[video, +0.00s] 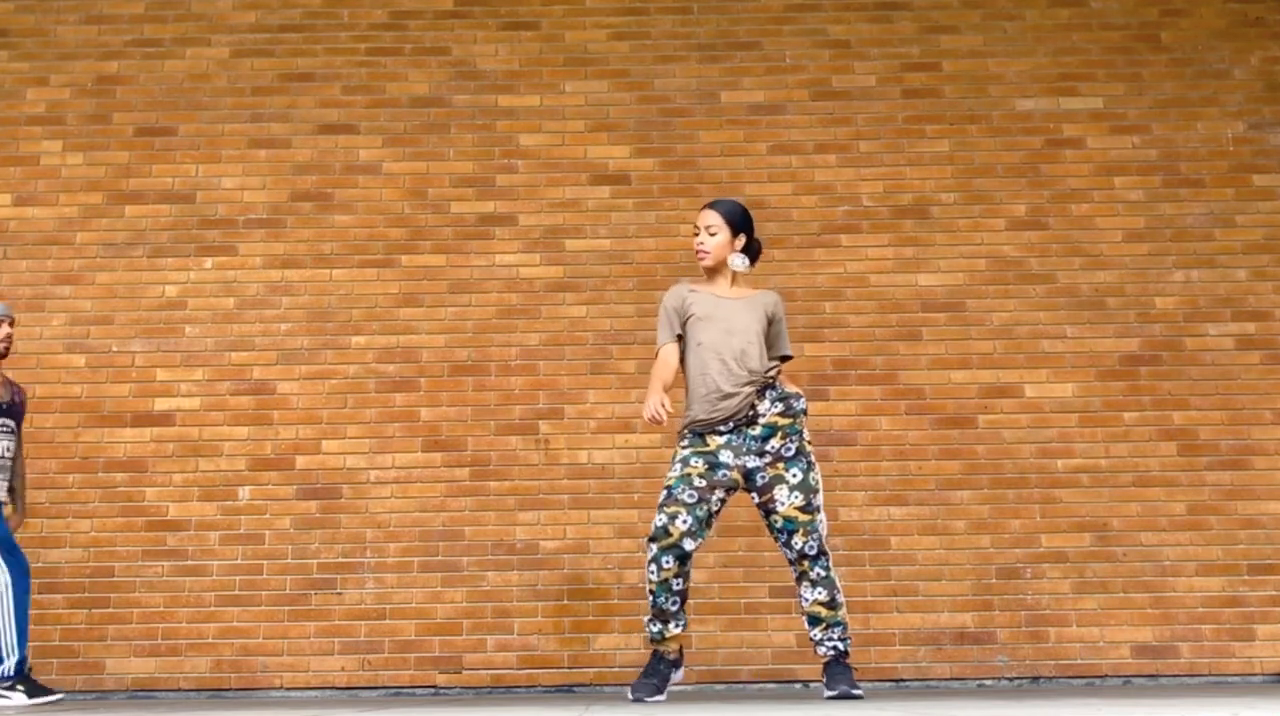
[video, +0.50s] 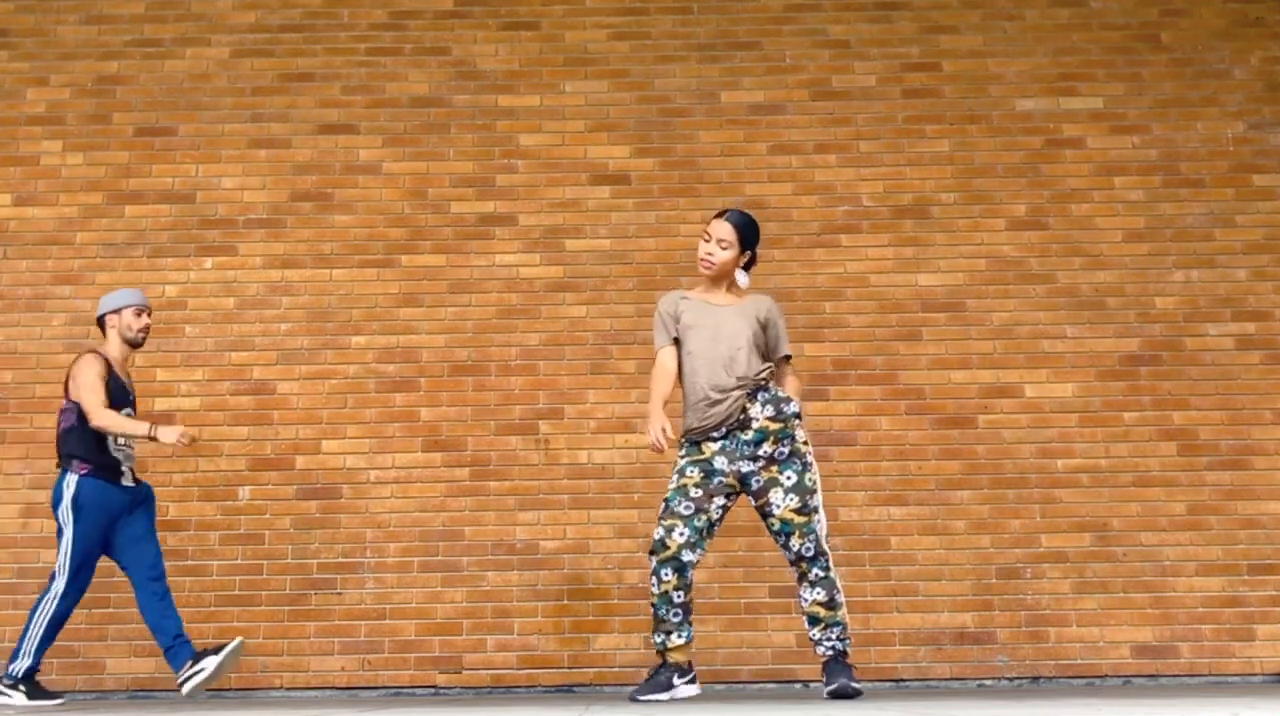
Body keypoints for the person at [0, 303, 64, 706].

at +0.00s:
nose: (7, 332)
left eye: (10, 324)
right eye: (2, 324)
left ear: (13, 333)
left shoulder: (15, 395)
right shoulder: (7, 394)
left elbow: (16, 455)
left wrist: (19, 505)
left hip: (2, 514)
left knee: (15, 572)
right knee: (16, 571)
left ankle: (14, 673)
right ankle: (11, 676)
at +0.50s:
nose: (146, 322)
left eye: (148, 316)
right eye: (138, 314)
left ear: (138, 325)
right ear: (111, 320)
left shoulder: (121, 381)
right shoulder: (90, 362)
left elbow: (109, 442)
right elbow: (97, 415)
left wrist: (129, 479)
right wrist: (154, 430)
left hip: (126, 495)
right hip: (86, 489)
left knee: (150, 579)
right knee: (67, 584)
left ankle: (187, 665)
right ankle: (16, 677)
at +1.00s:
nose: (285, 295)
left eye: (287, 289)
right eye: (275, 287)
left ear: (286, 299)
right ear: (249, 296)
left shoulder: (280, 363)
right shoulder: (227, 338)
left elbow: (275, 428)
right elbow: (230, 400)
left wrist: (280, 466)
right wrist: (282, 434)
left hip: (263, 470)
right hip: (225, 464)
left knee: (236, 564)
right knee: (248, 555)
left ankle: (205, 674)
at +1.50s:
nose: (407, 299)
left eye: (410, 292)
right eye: (397, 291)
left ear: (410, 301)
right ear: (370, 300)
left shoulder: (413, 361)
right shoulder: (351, 362)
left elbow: (413, 426)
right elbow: (347, 428)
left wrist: (430, 466)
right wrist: (350, 466)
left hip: (426, 471)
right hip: (383, 471)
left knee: (456, 572)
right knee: (427, 565)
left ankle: (376, 637)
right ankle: (408, 674)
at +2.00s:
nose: (520, 272)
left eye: (523, 265)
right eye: (512, 263)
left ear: (517, 273)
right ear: (483, 268)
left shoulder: (501, 334)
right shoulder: (465, 312)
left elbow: (503, 392)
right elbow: (465, 352)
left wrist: (528, 403)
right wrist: (516, 378)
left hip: (518, 457)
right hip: (475, 455)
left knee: (534, 564)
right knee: (465, 563)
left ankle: (564, 663)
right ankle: (413, 662)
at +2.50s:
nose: (607, 241)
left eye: (611, 234)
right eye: (597, 232)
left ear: (610, 245)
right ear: (570, 240)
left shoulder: (610, 316)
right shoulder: (540, 291)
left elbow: (608, 384)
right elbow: (501, 355)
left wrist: (628, 423)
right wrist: (545, 392)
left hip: (608, 436)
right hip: (557, 432)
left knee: (596, 544)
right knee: (577, 535)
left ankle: (581, 661)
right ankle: (582, 664)